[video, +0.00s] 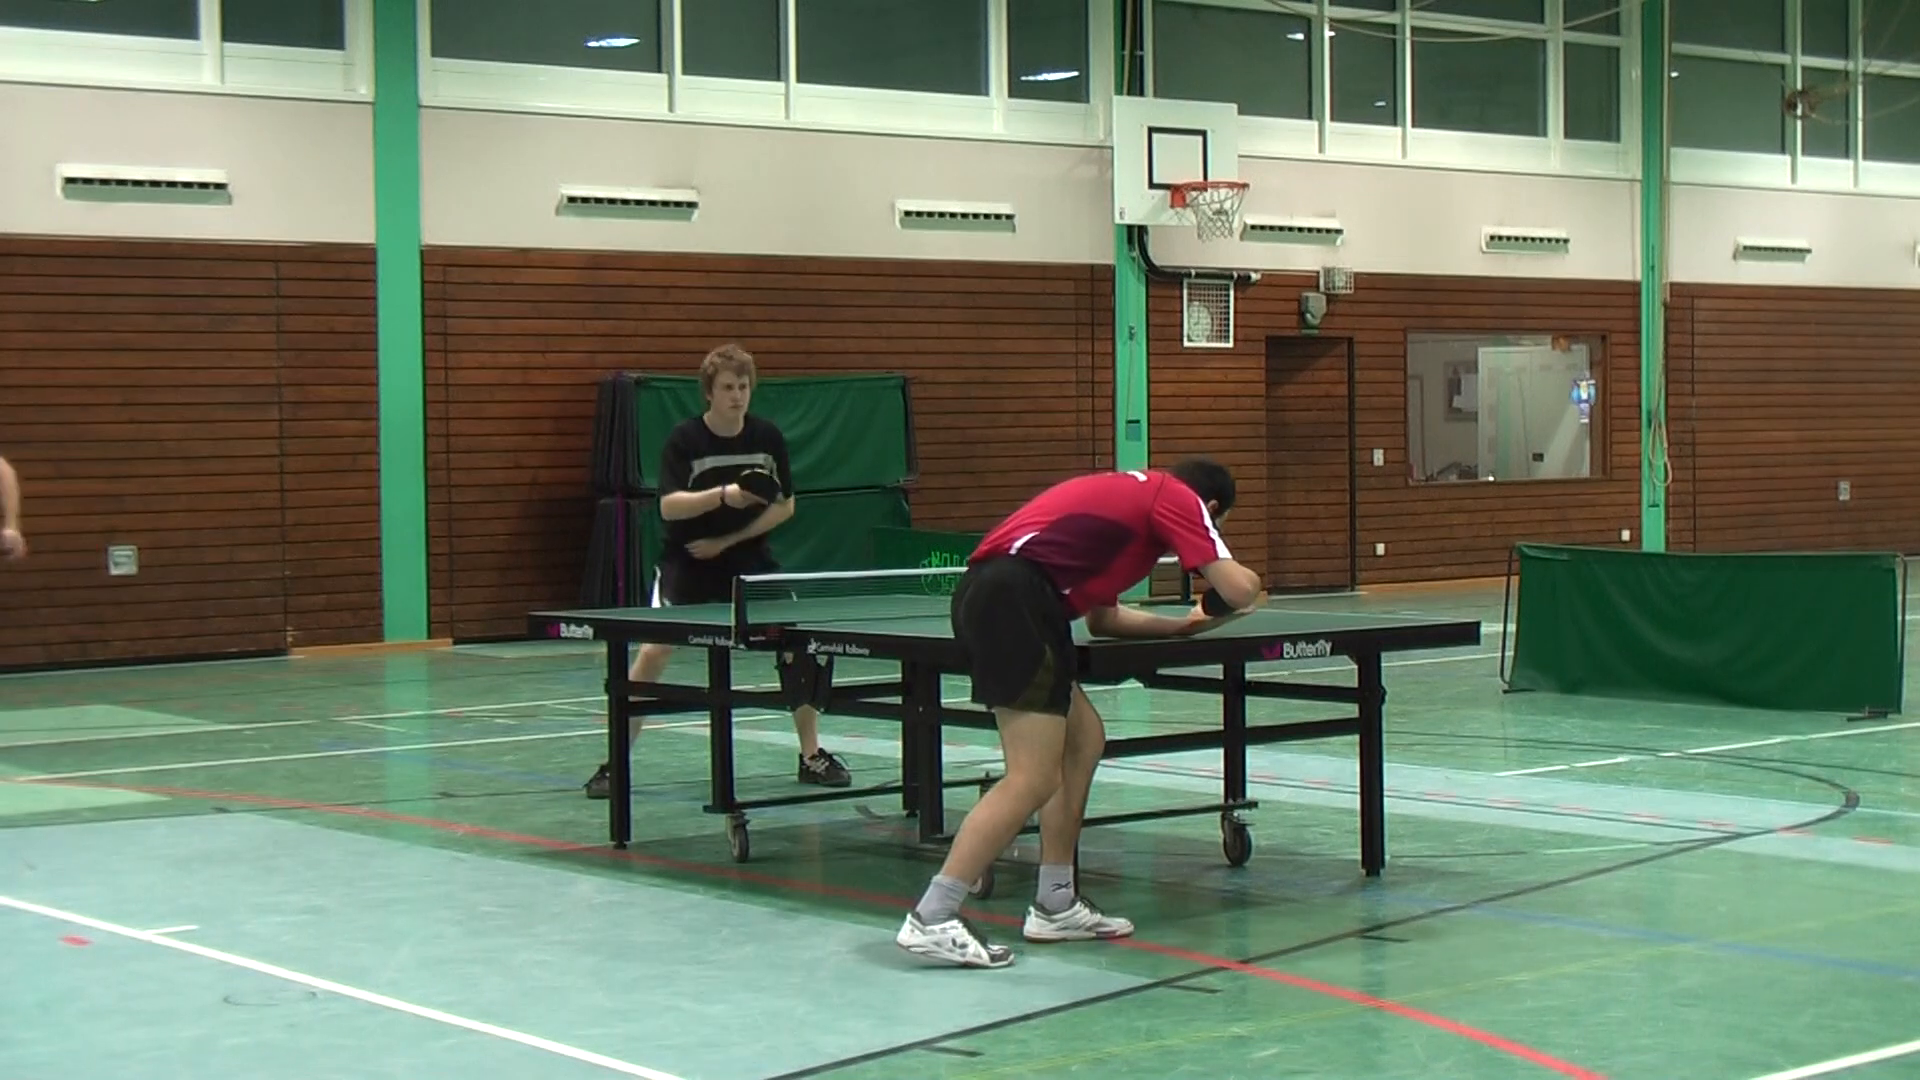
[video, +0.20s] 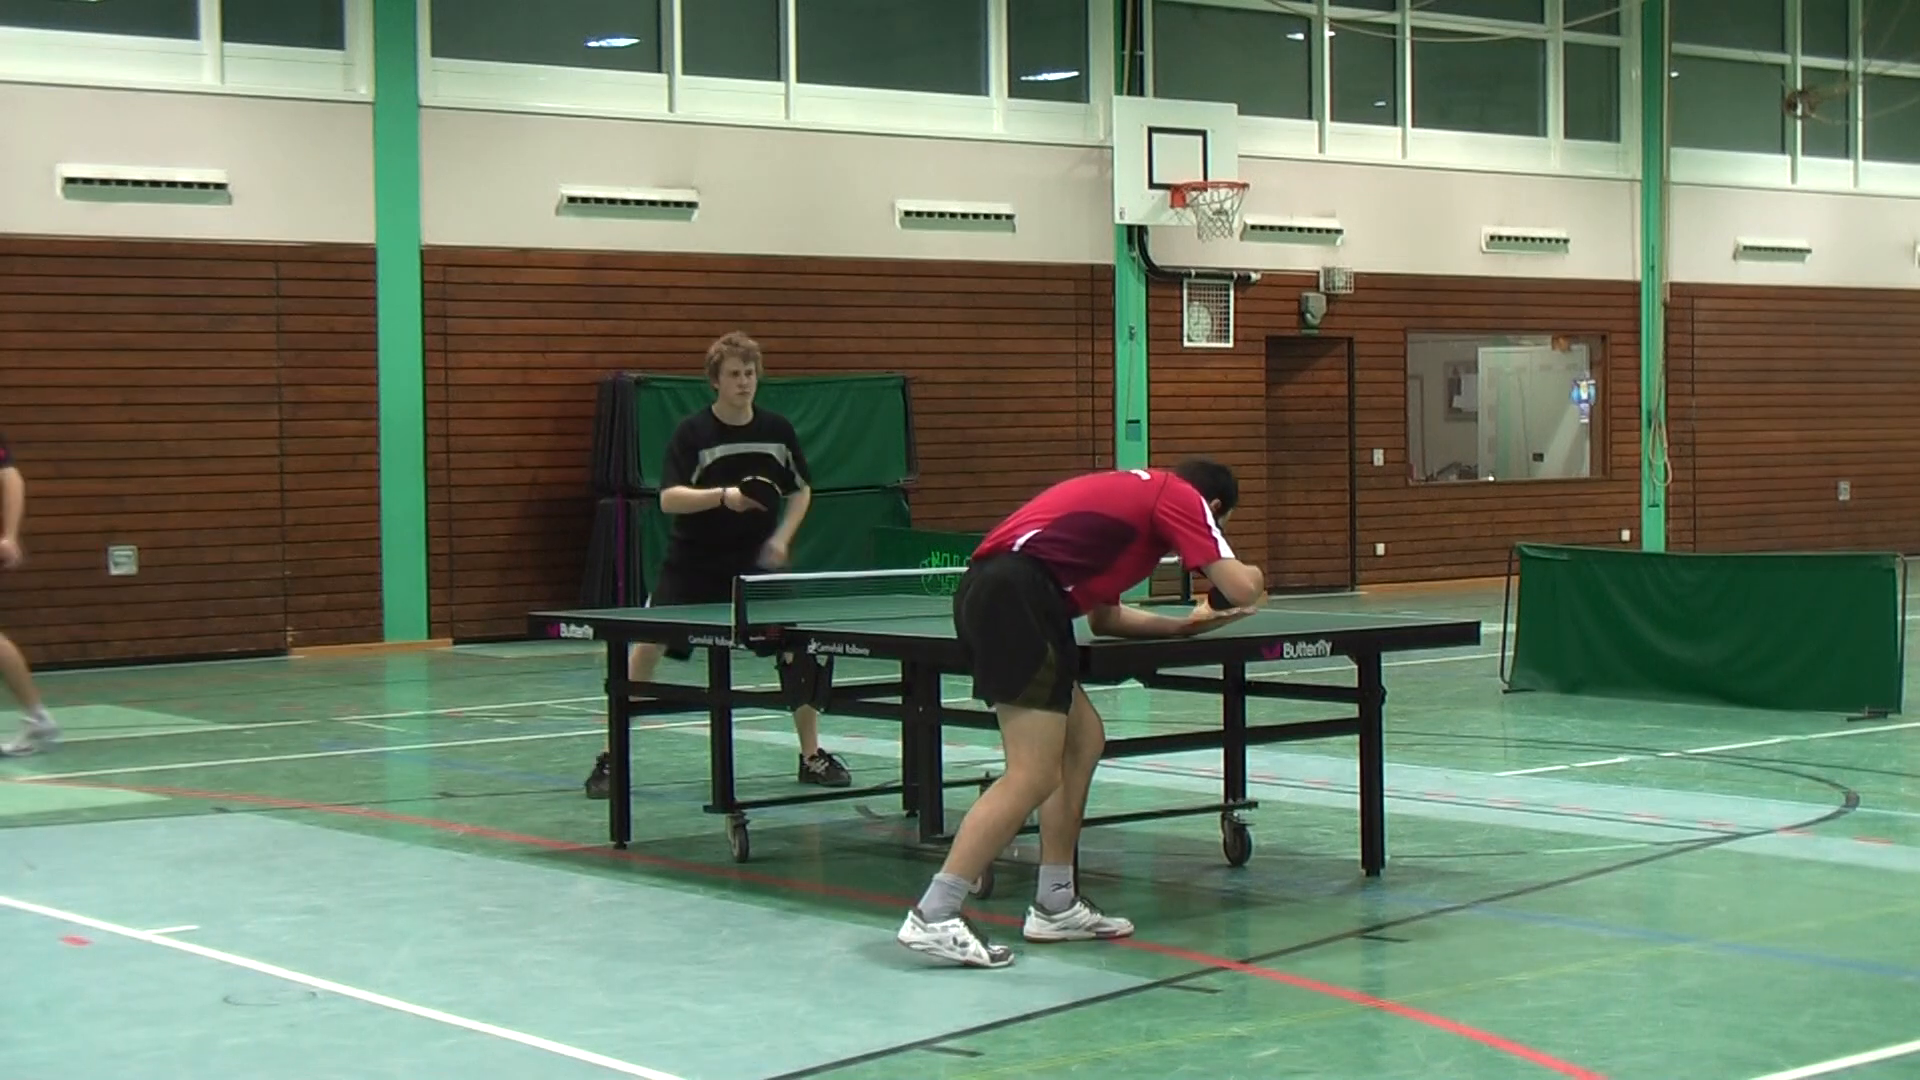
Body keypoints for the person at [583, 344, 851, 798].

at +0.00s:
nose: (736, 394)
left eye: (742, 385)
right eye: (726, 386)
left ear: (751, 389)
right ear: (708, 391)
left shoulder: (768, 437)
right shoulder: (685, 438)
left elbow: (784, 506)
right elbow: (669, 506)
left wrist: (726, 541)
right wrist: (723, 495)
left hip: (752, 562)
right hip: (688, 564)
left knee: (796, 642)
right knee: (655, 651)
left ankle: (812, 754)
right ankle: (616, 762)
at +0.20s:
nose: (743, 381)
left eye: (750, 373)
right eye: (734, 374)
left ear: (759, 377)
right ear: (715, 379)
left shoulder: (778, 430)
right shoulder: (693, 432)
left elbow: (800, 490)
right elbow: (669, 498)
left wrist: (782, 537)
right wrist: (722, 495)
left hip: (755, 565)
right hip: (693, 566)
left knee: (796, 648)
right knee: (647, 648)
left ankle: (813, 755)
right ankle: (612, 755)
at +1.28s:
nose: (720, 373)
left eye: (726, 365)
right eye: (710, 366)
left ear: (736, 370)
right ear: (691, 371)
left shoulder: (755, 424)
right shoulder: (667, 426)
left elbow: (787, 482)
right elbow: (624, 486)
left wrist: (801, 540)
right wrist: (658, 517)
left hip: (744, 567)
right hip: (678, 569)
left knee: (783, 649)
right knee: (630, 663)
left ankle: (797, 756)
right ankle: (594, 765)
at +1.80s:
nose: (758, 432)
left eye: (764, 423)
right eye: (748, 423)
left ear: (773, 424)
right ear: (729, 425)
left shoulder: (784, 471)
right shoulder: (703, 475)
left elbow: (822, 513)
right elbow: (659, 531)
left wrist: (831, 529)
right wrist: (711, 558)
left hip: (768, 598)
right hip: (705, 599)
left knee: (834, 652)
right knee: (676, 664)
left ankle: (831, 757)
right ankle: (622, 767)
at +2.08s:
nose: (760, 459)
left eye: (765, 451)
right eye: (751, 451)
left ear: (771, 454)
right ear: (728, 453)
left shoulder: (778, 494)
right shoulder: (707, 495)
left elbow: (830, 523)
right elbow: (693, 534)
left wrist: (865, 541)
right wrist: (732, 525)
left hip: (755, 612)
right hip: (694, 613)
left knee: (838, 654)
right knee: (686, 677)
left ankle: (831, 756)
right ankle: (619, 772)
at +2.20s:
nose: (751, 430)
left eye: (756, 421)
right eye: (742, 422)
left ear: (762, 424)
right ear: (720, 424)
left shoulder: (767, 471)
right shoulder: (701, 462)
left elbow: (811, 496)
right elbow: (679, 464)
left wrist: (856, 525)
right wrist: (682, 459)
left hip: (747, 601)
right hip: (689, 602)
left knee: (823, 652)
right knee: (686, 674)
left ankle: (831, 757)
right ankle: (619, 769)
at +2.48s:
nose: (716, 384)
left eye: (722, 376)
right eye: (706, 377)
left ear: (729, 380)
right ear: (684, 382)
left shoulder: (741, 436)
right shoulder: (662, 434)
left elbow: (778, 480)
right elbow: (610, 485)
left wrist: (801, 525)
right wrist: (636, 475)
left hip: (722, 572)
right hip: (659, 571)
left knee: (768, 648)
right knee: (618, 655)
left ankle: (764, 753)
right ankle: (565, 753)